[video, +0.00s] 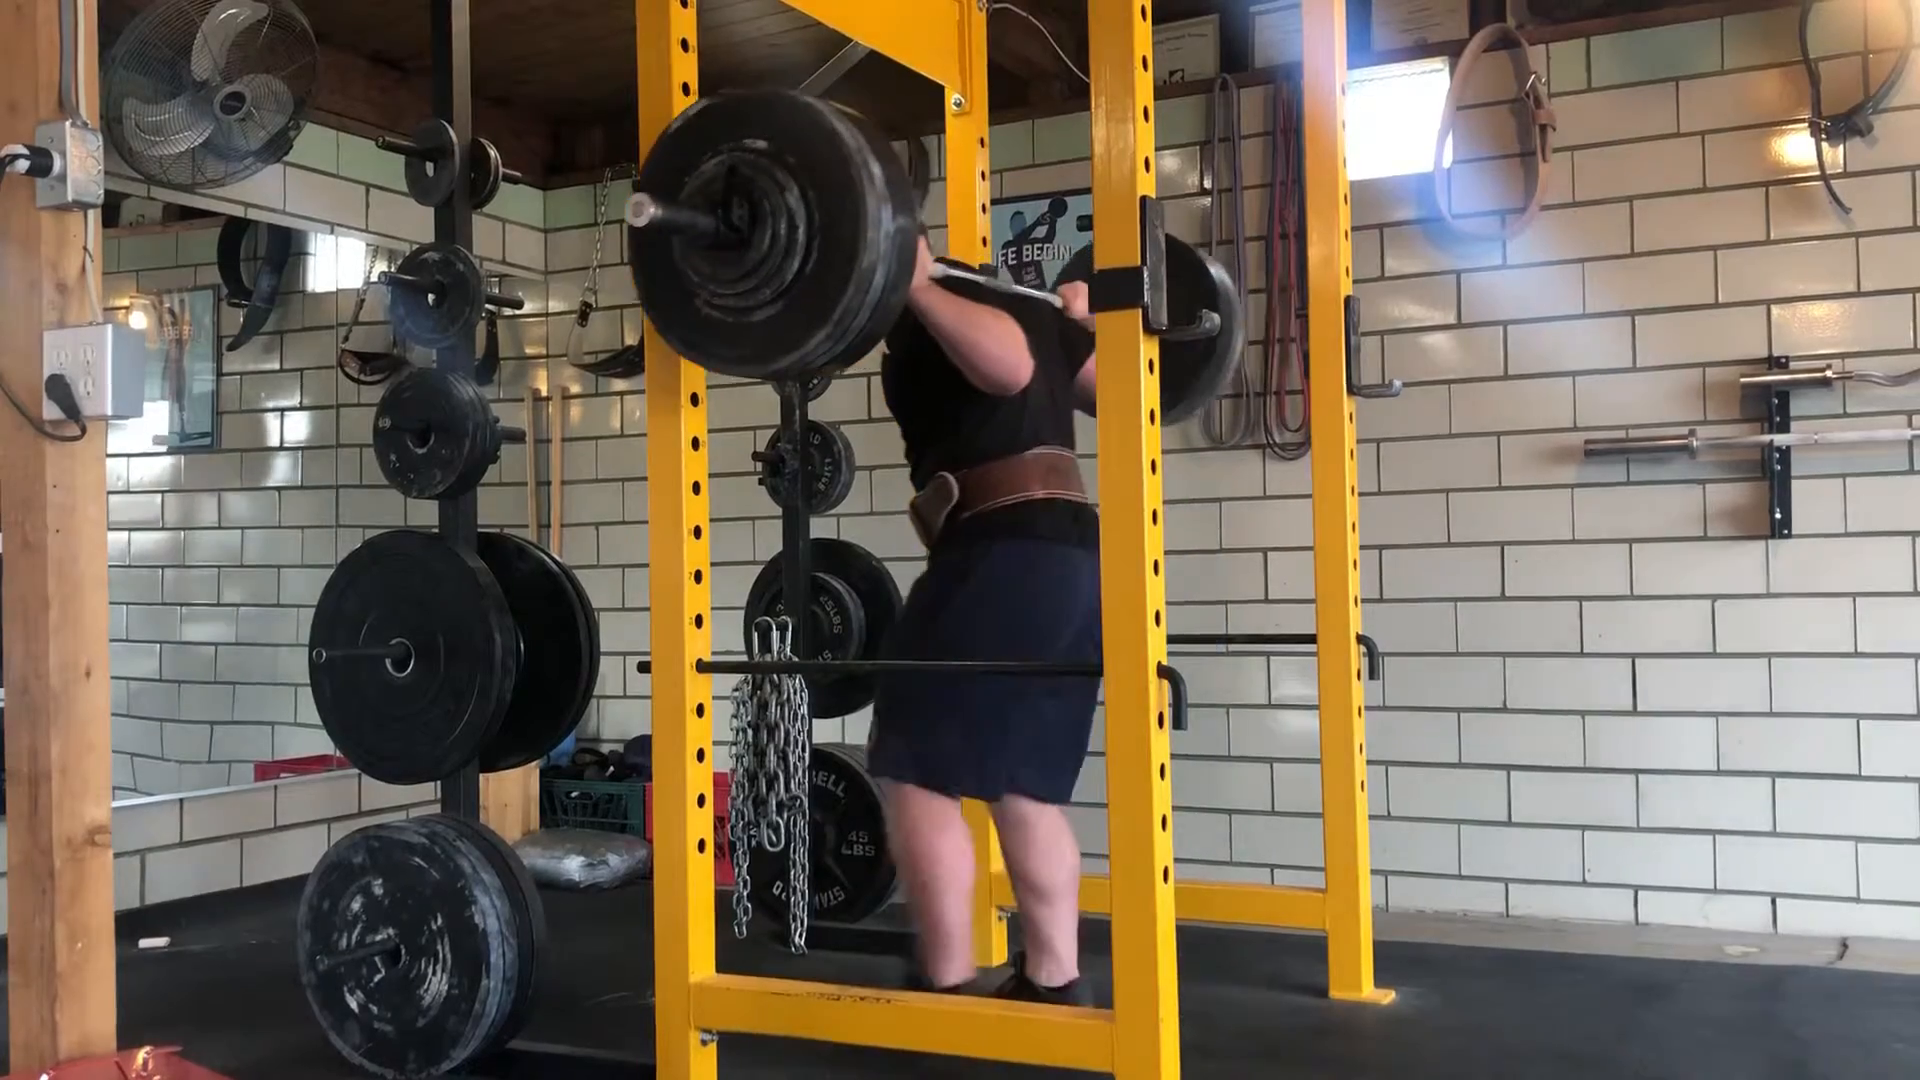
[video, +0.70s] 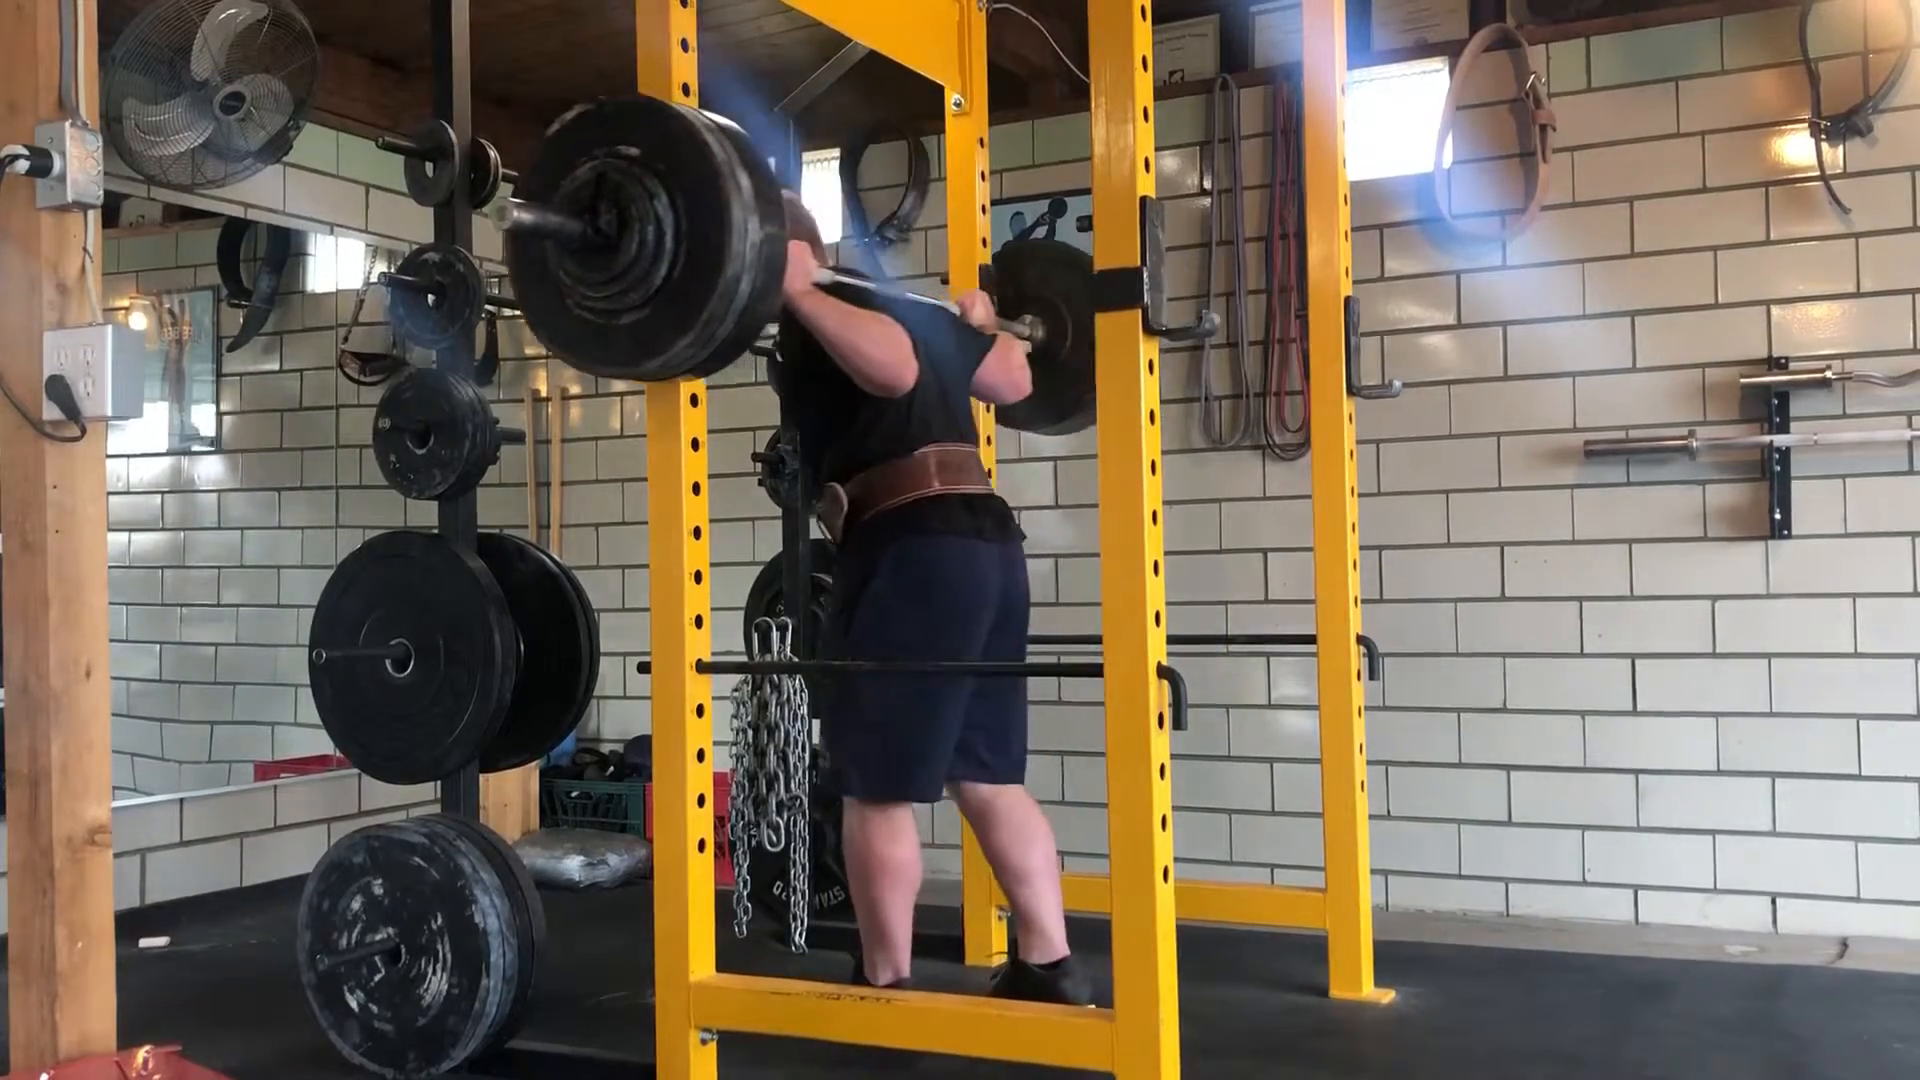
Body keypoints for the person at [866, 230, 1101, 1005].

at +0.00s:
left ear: (903, 249)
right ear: (931, 244)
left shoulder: (947, 301)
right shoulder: (1015, 304)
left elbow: (1012, 365)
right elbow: (1113, 391)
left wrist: (919, 285)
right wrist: (1081, 319)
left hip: (1002, 550)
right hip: (1073, 549)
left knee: (911, 769)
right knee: (1029, 775)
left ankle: (944, 992)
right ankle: (1052, 984)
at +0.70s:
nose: (763, 265)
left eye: (767, 247)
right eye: (763, 248)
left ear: (793, 247)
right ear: (822, 244)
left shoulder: (816, 311)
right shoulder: (914, 313)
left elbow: (898, 372)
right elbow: (1014, 379)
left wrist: (798, 297)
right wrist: (985, 323)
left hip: (914, 553)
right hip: (994, 551)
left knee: (879, 784)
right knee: (987, 773)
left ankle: (883, 990)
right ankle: (1048, 967)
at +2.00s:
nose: (746, 378)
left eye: (742, 364)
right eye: (740, 364)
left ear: (759, 336)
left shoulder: (815, 340)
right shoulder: (920, 332)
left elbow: (898, 363)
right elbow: (1024, 360)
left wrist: (790, 312)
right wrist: (965, 326)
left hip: (969, 551)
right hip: (1039, 545)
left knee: (909, 776)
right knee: (1008, 775)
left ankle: (885, 981)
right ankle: (1048, 973)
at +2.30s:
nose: (840, 459)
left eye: (824, 452)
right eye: (826, 457)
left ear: (817, 406)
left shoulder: (864, 367)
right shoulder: (969, 338)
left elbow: (907, 350)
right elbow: (1072, 348)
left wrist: (786, 309)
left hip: (1041, 544)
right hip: (1101, 534)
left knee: (968, 760)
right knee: (1042, 769)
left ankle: (992, 988)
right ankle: (1055, 978)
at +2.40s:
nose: (868, 462)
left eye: (849, 454)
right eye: (853, 460)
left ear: (837, 403)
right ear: (846, 389)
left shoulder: (900, 351)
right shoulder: (991, 336)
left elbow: (903, 345)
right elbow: (1089, 359)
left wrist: (787, 308)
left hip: (1067, 541)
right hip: (1109, 529)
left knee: (995, 752)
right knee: (1046, 757)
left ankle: (1077, 967)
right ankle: (1064, 953)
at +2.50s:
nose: (879, 451)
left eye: (864, 441)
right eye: (863, 446)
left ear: (859, 396)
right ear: (863, 399)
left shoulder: (936, 331)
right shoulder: (951, 371)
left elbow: (901, 364)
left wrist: (792, 306)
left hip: (1101, 539)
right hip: (1080, 543)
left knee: (1055, 763)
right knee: (1050, 762)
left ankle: (1179, 968)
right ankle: (1054, 973)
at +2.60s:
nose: (870, 422)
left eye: (862, 406)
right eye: (862, 413)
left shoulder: (976, 312)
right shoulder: (1034, 319)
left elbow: (894, 375)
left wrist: (795, 305)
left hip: (1125, 547)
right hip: (1132, 545)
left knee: (1107, 780)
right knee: (1079, 782)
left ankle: (1249, 979)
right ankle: (1053, 989)